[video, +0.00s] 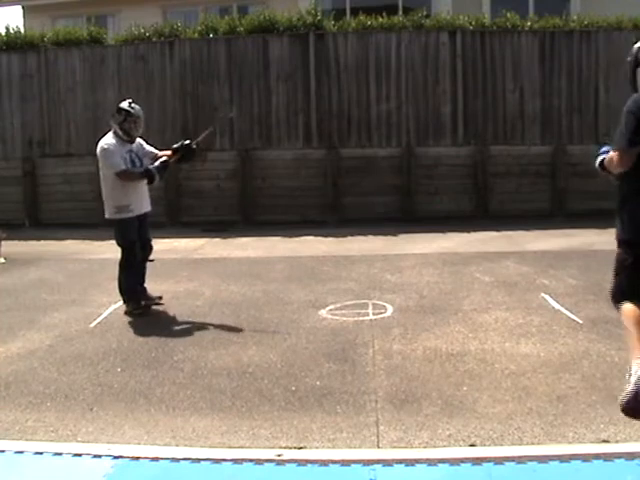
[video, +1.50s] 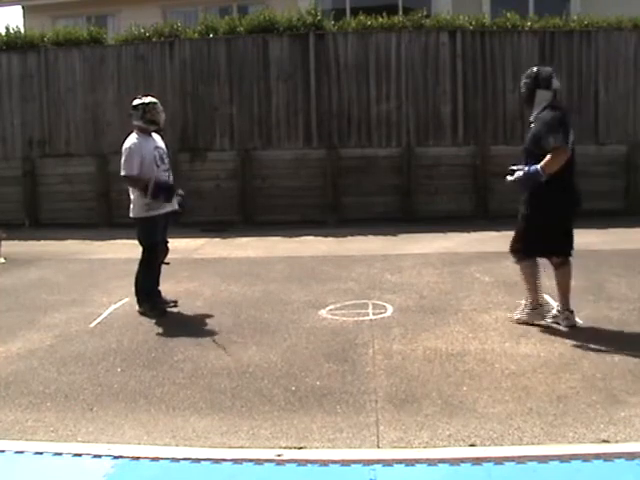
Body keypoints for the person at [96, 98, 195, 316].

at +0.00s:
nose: (134, 127)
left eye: (137, 123)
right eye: (130, 123)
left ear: (140, 124)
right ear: (119, 123)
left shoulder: (135, 142)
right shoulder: (107, 147)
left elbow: (156, 156)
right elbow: (123, 175)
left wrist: (177, 151)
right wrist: (152, 170)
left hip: (140, 209)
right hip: (122, 212)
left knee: (144, 250)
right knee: (130, 254)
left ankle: (140, 291)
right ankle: (131, 300)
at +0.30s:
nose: (140, 123)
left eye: (142, 119)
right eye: (136, 118)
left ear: (145, 120)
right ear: (125, 119)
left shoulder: (140, 144)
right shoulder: (115, 146)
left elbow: (155, 167)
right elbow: (120, 177)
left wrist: (176, 166)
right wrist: (144, 188)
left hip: (143, 209)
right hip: (126, 212)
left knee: (150, 250)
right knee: (133, 253)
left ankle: (147, 292)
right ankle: (132, 300)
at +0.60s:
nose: (157, 117)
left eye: (156, 113)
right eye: (152, 113)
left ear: (148, 117)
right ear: (139, 116)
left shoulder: (149, 140)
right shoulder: (126, 145)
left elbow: (149, 173)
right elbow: (119, 176)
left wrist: (159, 201)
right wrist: (129, 202)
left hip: (157, 206)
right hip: (142, 208)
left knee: (155, 251)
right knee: (147, 252)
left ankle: (152, 294)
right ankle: (135, 298)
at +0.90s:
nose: (160, 115)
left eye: (159, 111)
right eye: (155, 111)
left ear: (151, 115)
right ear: (142, 115)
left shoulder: (154, 138)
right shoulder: (131, 144)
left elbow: (158, 170)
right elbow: (132, 176)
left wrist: (168, 194)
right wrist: (149, 197)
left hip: (159, 205)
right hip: (144, 208)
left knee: (158, 250)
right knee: (152, 251)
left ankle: (154, 294)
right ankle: (146, 299)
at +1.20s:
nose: (159, 115)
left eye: (158, 111)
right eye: (154, 112)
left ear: (152, 115)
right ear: (142, 116)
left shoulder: (155, 137)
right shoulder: (132, 145)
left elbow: (163, 165)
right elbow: (136, 176)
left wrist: (177, 185)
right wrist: (162, 178)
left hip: (162, 207)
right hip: (146, 210)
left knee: (159, 252)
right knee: (151, 253)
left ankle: (154, 295)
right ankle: (146, 300)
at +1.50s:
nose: (159, 115)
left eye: (158, 111)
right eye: (153, 111)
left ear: (156, 115)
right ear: (141, 115)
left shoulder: (156, 138)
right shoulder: (132, 144)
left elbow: (159, 171)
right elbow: (128, 175)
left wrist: (171, 190)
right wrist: (153, 188)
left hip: (162, 208)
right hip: (145, 210)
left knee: (159, 252)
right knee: (151, 253)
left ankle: (154, 295)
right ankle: (145, 301)